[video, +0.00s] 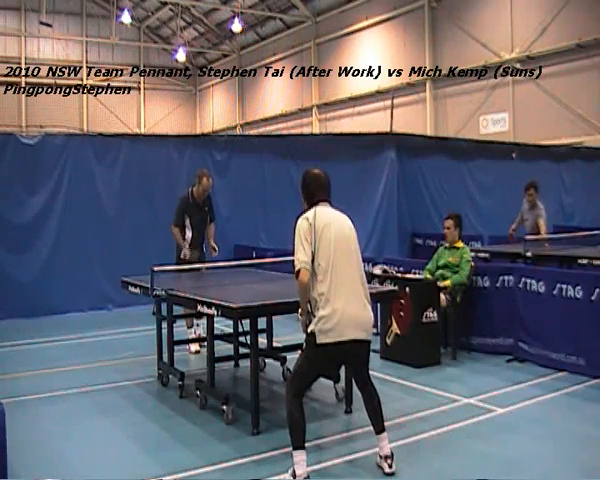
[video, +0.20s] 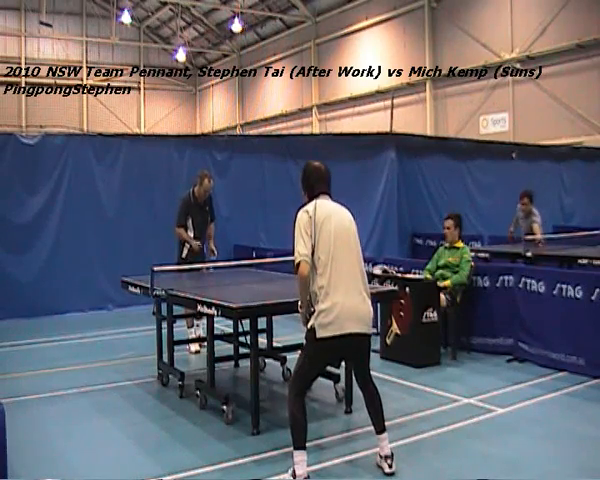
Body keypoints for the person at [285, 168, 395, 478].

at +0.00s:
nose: (301, 196)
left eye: (302, 192)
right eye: (305, 191)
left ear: (305, 194)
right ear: (329, 192)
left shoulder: (306, 221)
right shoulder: (346, 221)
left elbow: (303, 275)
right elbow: (355, 269)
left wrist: (303, 307)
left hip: (329, 327)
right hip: (362, 324)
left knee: (294, 391)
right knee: (363, 379)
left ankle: (299, 466)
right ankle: (386, 451)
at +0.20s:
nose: (302, 190)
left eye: (302, 185)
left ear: (304, 187)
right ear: (329, 185)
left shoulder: (306, 214)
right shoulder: (346, 214)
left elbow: (303, 268)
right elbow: (357, 264)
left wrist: (304, 307)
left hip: (329, 322)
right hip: (361, 319)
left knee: (296, 390)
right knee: (365, 379)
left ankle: (300, 466)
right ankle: (385, 451)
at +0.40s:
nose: (302, 189)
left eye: (302, 184)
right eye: (307, 183)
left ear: (305, 185)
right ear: (329, 184)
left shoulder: (307, 212)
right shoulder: (346, 213)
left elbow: (303, 266)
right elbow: (355, 263)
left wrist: (304, 301)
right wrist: (325, 297)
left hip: (329, 320)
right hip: (361, 318)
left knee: (297, 388)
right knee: (365, 378)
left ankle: (300, 467)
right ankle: (386, 451)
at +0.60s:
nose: (303, 189)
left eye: (303, 185)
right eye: (309, 184)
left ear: (306, 186)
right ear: (330, 185)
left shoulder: (307, 213)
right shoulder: (346, 214)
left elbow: (304, 266)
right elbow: (355, 264)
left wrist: (304, 300)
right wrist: (323, 297)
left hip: (329, 321)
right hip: (361, 318)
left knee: (297, 389)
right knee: (365, 378)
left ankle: (300, 466)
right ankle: (386, 451)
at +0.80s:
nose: (303, 189)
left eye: (303, 185)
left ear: (305, 187)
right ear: (330, 185)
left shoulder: (307, 214)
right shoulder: (346, 214)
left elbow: (304, 266)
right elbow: (355, 264)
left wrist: (304, 301)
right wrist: (327, 296)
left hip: (329, 320)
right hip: (361, 318)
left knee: (297, 389)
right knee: (365, 379)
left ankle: (300, 466)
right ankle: (386, 451)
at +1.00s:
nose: (304, 190)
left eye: (303, 185)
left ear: (305, 187)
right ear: (329, 186)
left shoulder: (307, 215)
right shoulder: (346, 215)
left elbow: (304, 267)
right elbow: (355, 264)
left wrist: (304, 304)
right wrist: (327, 298)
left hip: (328, 322)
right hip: (360, 319)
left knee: (296, 388)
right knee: (365, 379)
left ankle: (300, 466)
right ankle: (386, 451)